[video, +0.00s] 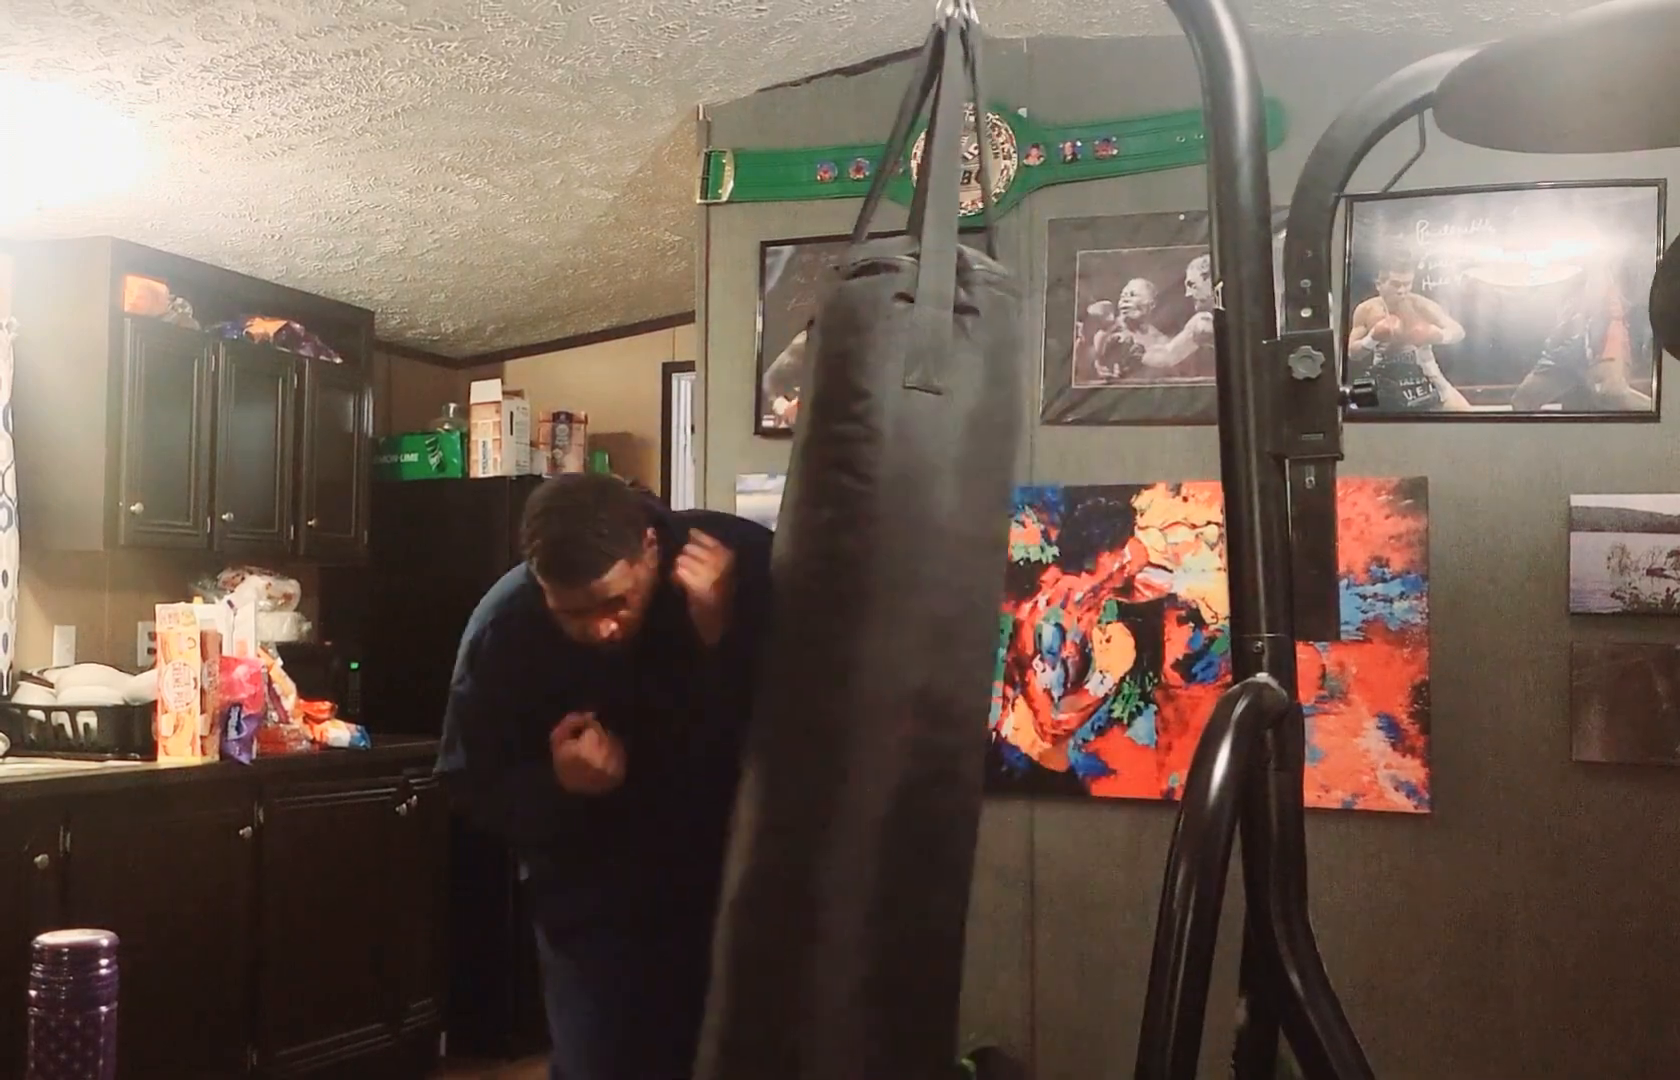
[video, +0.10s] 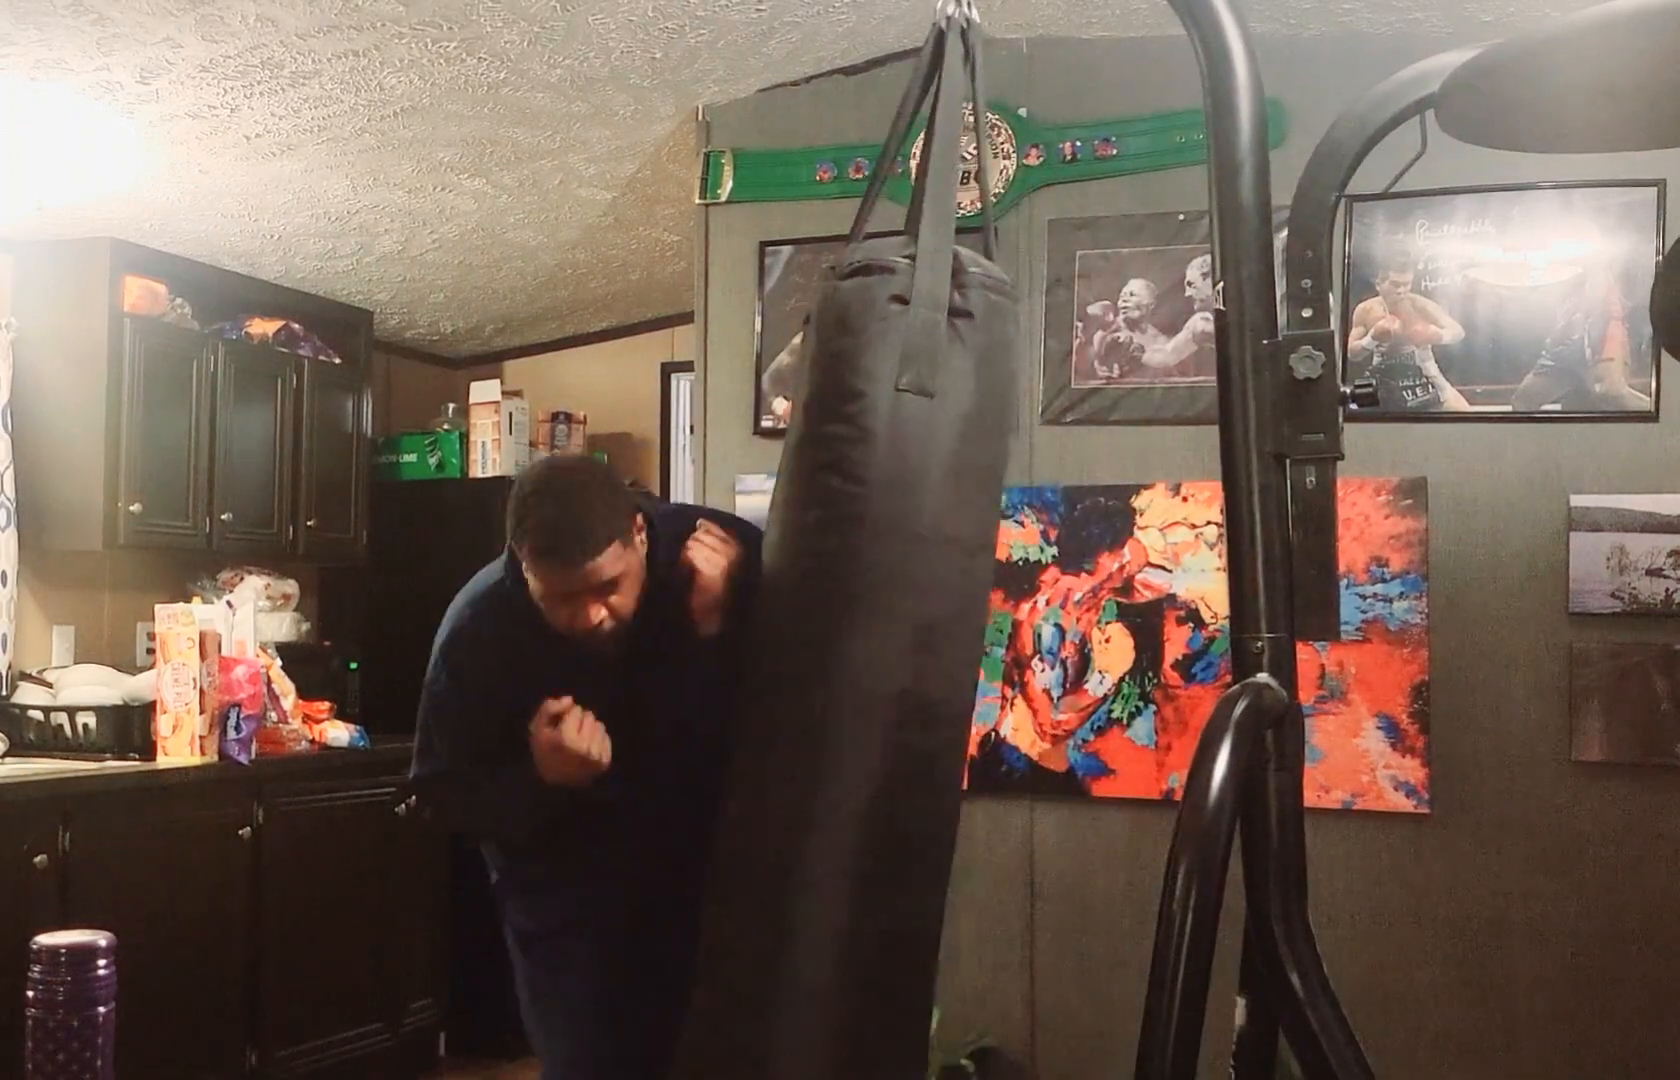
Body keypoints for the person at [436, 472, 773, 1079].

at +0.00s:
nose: (597, 630)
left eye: (615, 606)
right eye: (573, 615)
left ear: (651, 550)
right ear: (541, 583)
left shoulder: (746, 568)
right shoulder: (504, 630)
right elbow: (468, 783)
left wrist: (722, 632)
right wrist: (556, 781)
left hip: (720, 873)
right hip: (586, 892)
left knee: (715, 1055)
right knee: (596, 1060)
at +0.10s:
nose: (592, 616)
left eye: (609, 588)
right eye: (564, 599)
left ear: (640, 534)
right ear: (524, 565)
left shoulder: (724, 555)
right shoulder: (477, 632)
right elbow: (441, 792)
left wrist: (718, 625)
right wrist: (540, 778)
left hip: (692, 863)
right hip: (561, 890)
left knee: (692, 1051)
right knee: (583, 1060)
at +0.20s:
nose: (617, 575)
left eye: (634, 546)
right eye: (587, 556)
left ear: (657, 504)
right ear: (532, 522)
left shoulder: (728, 539)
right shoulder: (476, 601)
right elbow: (443, 799)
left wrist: (731, 632)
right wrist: (551, 733)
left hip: (671, 857)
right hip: (536, 881)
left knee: (675, 1054)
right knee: (567, 1060)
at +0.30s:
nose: (657, 523)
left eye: (670, 493)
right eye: (629, 503)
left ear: (682, 460)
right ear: (560, 479)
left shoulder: (704, 511)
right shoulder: (485, 572)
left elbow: (745, 701)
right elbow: (491, 794)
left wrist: (726, 623)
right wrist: (605, 640)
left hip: (632, 854)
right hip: (517, 866)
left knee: (646, 1059)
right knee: (564, 1063)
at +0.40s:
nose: (685, 471)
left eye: (696, 448)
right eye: (662, 449)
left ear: (706, 427)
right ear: (584, 426)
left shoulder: (625, 510)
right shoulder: (513, 535)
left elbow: (718, 669)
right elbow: (622, 740)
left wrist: (724, 581)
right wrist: (672, 545)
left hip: (581, 866)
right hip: (510, 882)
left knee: (597, 1054)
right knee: (562, 1064)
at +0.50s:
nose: (692, 447)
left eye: (699, 423)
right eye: (682, 418)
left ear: (607, 395)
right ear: (611, 394)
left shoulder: (567, 469)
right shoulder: (544, 489)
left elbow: (698, 624)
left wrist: (699, 467)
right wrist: (723, 460)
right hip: (506, 876)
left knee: (542, 1061)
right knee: (568, 1065)